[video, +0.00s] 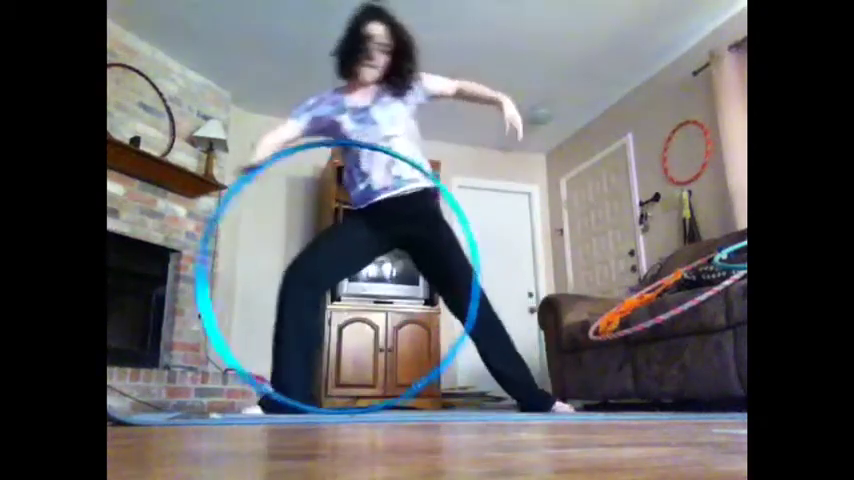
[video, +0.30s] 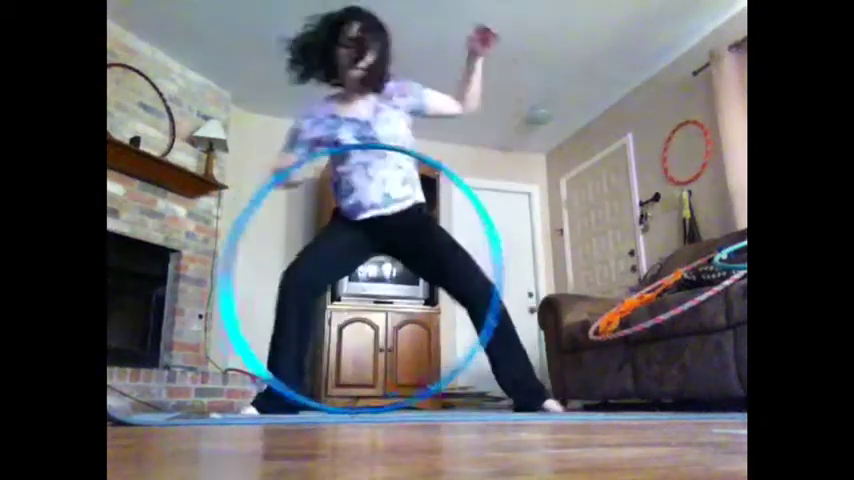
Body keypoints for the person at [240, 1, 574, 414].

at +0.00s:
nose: (375, 58)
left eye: (384, 51)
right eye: (367, 49)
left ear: (395, 56)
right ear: (351, 50)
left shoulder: (409, 88)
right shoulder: (329, 104)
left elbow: (458, 89)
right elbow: (280, 136)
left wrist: (504, 101)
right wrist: (260, 156)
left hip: (418, 209)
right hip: (368, 218)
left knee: (470, 303)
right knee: (302, 279)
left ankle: (537, 402)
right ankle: (289, 400)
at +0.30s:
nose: (362, 55)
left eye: (371, 46)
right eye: (351, 45)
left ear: (382, 53)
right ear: (331, 53)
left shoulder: (399, 96)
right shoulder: (317, 116)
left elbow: (466, 104)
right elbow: (282, 175)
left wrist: (475, 58)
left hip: (409, 221)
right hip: (352, 227)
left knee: (480, 292)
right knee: (297, 283)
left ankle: (532, 397)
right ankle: (280, 399)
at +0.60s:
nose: (444, 62)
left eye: (452, 52)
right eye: (438, 55)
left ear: (476, 54)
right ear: (433, 60)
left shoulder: (498, 88)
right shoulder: (433, 102)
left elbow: (522, 101)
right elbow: (427, 169)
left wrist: (469, 73)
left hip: (486, 215)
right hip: (437, 216)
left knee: (525, 296)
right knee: (385, 293)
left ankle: (525, 398)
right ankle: (314, 391)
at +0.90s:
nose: (478, 77)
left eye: (487, 68)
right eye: (469, 68)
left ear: (501, 70)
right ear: (459, 71)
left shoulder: (517, 102)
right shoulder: (449, 113)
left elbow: (503, 138)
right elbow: (464, 172)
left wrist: (441, 131)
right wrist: (525, 176)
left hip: (513, 220)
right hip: (465, 223)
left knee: (522, 301)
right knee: (425, 305)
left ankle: (534, 402)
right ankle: (444, 393)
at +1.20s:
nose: (455, 84)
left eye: (463, 77)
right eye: (447, 76)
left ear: (473, 82)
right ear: (436, 78)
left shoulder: (485, 116)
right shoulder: (418, 121)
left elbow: (486, 157)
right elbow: (392, 164)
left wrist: (438, 131)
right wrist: (416, 164)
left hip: (479, 224)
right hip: (433, 225)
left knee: (508, 304)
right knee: (391, 302)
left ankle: (534, 396)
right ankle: (377, 398)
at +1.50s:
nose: (418, 100)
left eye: (425, 95)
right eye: (412, 92)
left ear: (432, 101)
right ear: (397, 94)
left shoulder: (440, 139)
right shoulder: (376, 138)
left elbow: (463, 179)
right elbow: (349, 167)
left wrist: (437, 151)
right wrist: (327, 180)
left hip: (439, 234)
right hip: (395, 238)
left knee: (479, 306)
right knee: (361, 309)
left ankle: (526, 392)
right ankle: (379, 406)